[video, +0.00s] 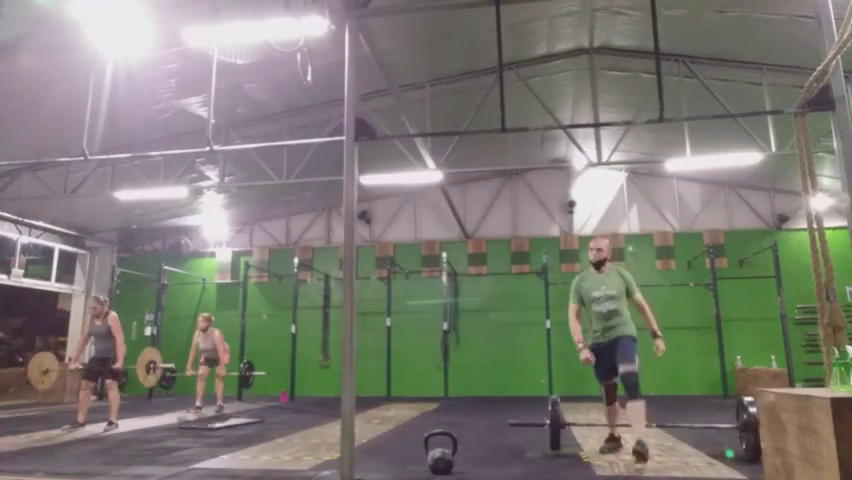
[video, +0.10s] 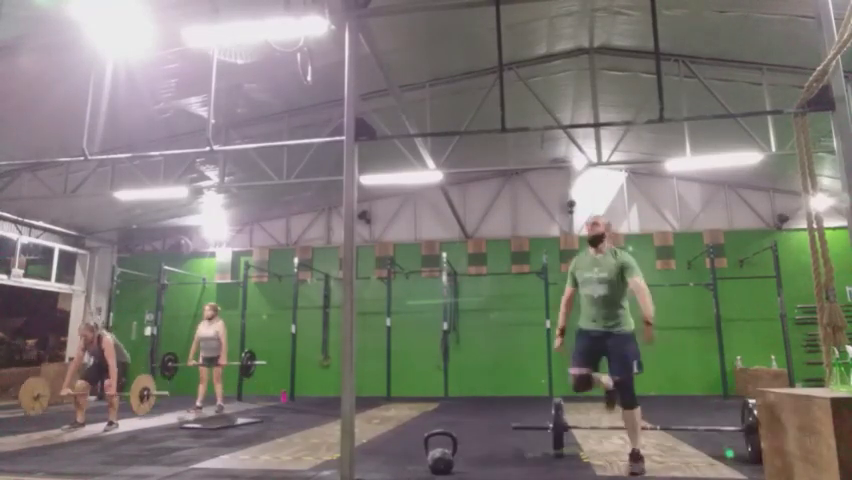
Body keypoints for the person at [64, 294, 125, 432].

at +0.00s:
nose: (93, 311)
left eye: (96, 308)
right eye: (92, 308)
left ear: (104, 307)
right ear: (91, 308)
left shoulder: (111, 317)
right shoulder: (91, 319)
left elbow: (119, 339)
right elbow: (84, 339)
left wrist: (120, 361)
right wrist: (74, 358)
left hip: (111, 358)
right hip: (96, 358)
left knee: (111, 384)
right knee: (85, 385)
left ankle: (112, 420)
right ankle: (80, 420)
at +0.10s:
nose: (83, 339)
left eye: (85, 336)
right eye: (81, 336)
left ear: (94, 333)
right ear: (80, 334)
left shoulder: (106, 340)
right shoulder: (84, 340)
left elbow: (112, 364)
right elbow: (76, 362)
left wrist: (113, 387)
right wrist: (65, 386)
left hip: (118, 363)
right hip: (100, 363)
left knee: (109, 386)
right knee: (81, 386)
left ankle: (112, 420)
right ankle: (80, 420)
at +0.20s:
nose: (80, 355)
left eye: (82, 352)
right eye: (78, 352)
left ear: (90, 349)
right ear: (77, 351)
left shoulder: (103, 354)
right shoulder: (79, 356)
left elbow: (109, 377)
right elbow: (71, 377)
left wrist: (111, 402)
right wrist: (62, 401)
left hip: (118, 373)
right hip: (98, 374)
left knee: (103, 388)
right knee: (76, 388)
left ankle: (112, 420)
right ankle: (79, 420)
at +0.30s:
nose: (79, 351)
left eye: (81, 348)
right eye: (78, 348)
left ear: (89, 345)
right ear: (76, 347)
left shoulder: (102, 349)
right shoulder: (80, 352)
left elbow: (109, 374)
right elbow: (73, 373)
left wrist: (111, 399)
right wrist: (62, 397)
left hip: (118, 369)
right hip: (99, 369)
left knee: (105, 388)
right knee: (77, 388)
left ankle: (112, 421)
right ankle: (80, 420)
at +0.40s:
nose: (87, 319)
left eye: (89, 315)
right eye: (85, 316)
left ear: (96, 313)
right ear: (84, 316)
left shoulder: (106, 322)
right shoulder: (87, 324)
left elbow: (115, 345)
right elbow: (80, 342)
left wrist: (116, 367)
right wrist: (71, 363)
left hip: (114, 355)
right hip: (99, 355)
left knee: (111, 385)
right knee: (85, 383)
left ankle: (113, 420)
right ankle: (80, 420)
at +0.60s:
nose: (82, 329)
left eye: (84, 326)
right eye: (80, 326)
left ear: (91, 323)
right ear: (81, 325)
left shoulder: (102, 329)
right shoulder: (84, 333)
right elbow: (75, 355)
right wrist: (66, 376)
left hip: (114, 356)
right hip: (100, 357)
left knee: (112, 387)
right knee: (84, 384)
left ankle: (112, 420)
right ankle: (80, 420)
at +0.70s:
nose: (74, 346)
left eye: (75, 342)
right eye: (72, 343)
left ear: (83, 340)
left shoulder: (100, 343)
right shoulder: (80, 346)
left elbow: (106, 367)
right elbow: (72, 367)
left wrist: (108, 389)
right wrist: (62, 391)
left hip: (119, 360)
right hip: (101, 361)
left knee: (111, 388)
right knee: (82, 384)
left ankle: (112, 421)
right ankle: (80, 421)